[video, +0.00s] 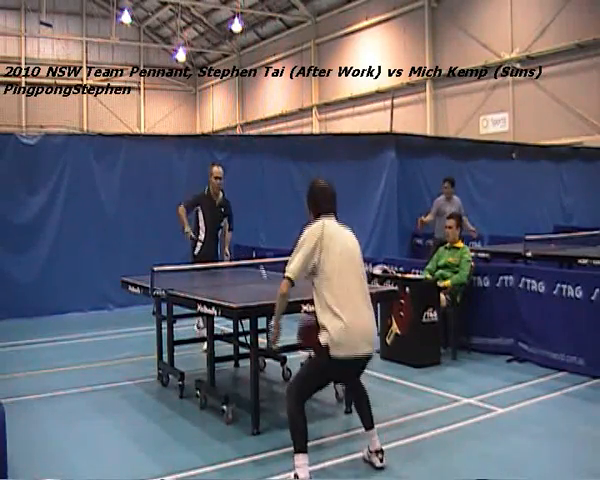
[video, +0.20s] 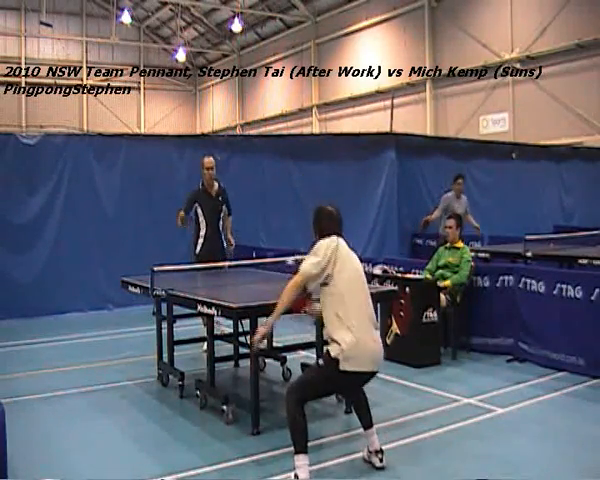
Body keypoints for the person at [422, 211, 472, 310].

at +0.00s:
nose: (447, 231)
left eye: (450, 228)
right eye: (445, 228)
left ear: (458, 230)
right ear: (443, 229)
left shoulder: (464, 251)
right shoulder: (442, 249)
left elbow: (463, 276)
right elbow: (430, 267)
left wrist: (446, 283)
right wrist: (428, 277)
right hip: (435, 282)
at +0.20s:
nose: (447, 231)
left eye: (450, 228)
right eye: (445, 228)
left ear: (458, 230)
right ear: (443, 230)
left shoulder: (464, 251)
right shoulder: (441, 249)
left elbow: (463, 276)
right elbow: (429, 268)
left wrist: (445, 283)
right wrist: (428, 277)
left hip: (453, 285)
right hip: (435, 282)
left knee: (441, 297)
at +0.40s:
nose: (447, 231)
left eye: (450, 228)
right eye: (445, 228)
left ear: (458, 230)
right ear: (443, 230)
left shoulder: (465, 251)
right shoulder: (442, 249)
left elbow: (463, 276)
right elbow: (430, 267)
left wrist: (446, 283)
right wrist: (428, 276)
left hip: (453, 285)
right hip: (436, 281)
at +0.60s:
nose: (446, 231)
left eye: (450, 228)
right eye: (445, 228)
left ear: (458, 230)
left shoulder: (465, 251)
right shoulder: (442, 249)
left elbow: (463, 276)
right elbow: (430, 267)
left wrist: (446, 283)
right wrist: (428, 277)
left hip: (453, 285)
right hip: (435, 282)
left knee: (441, 299)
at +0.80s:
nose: (445, 231)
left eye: (449, 228)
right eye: (445, 228)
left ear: (457, 230)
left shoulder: (465, 251)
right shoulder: (442, 249)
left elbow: (463, 276)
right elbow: (430, 267)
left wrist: (445, 283)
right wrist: (428, 277)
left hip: (453, 284)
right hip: (435, 281)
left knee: (442, 298)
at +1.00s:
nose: (445, 231)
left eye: (449, 228)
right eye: (445, 228)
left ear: (457, 231)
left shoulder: (464, 251)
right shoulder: (442, 249)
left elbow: (463, 275)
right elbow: (431, 266)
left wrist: (446, 283)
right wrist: (428, 275)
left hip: (454, 283)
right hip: (436, 280)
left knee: (442, 298)